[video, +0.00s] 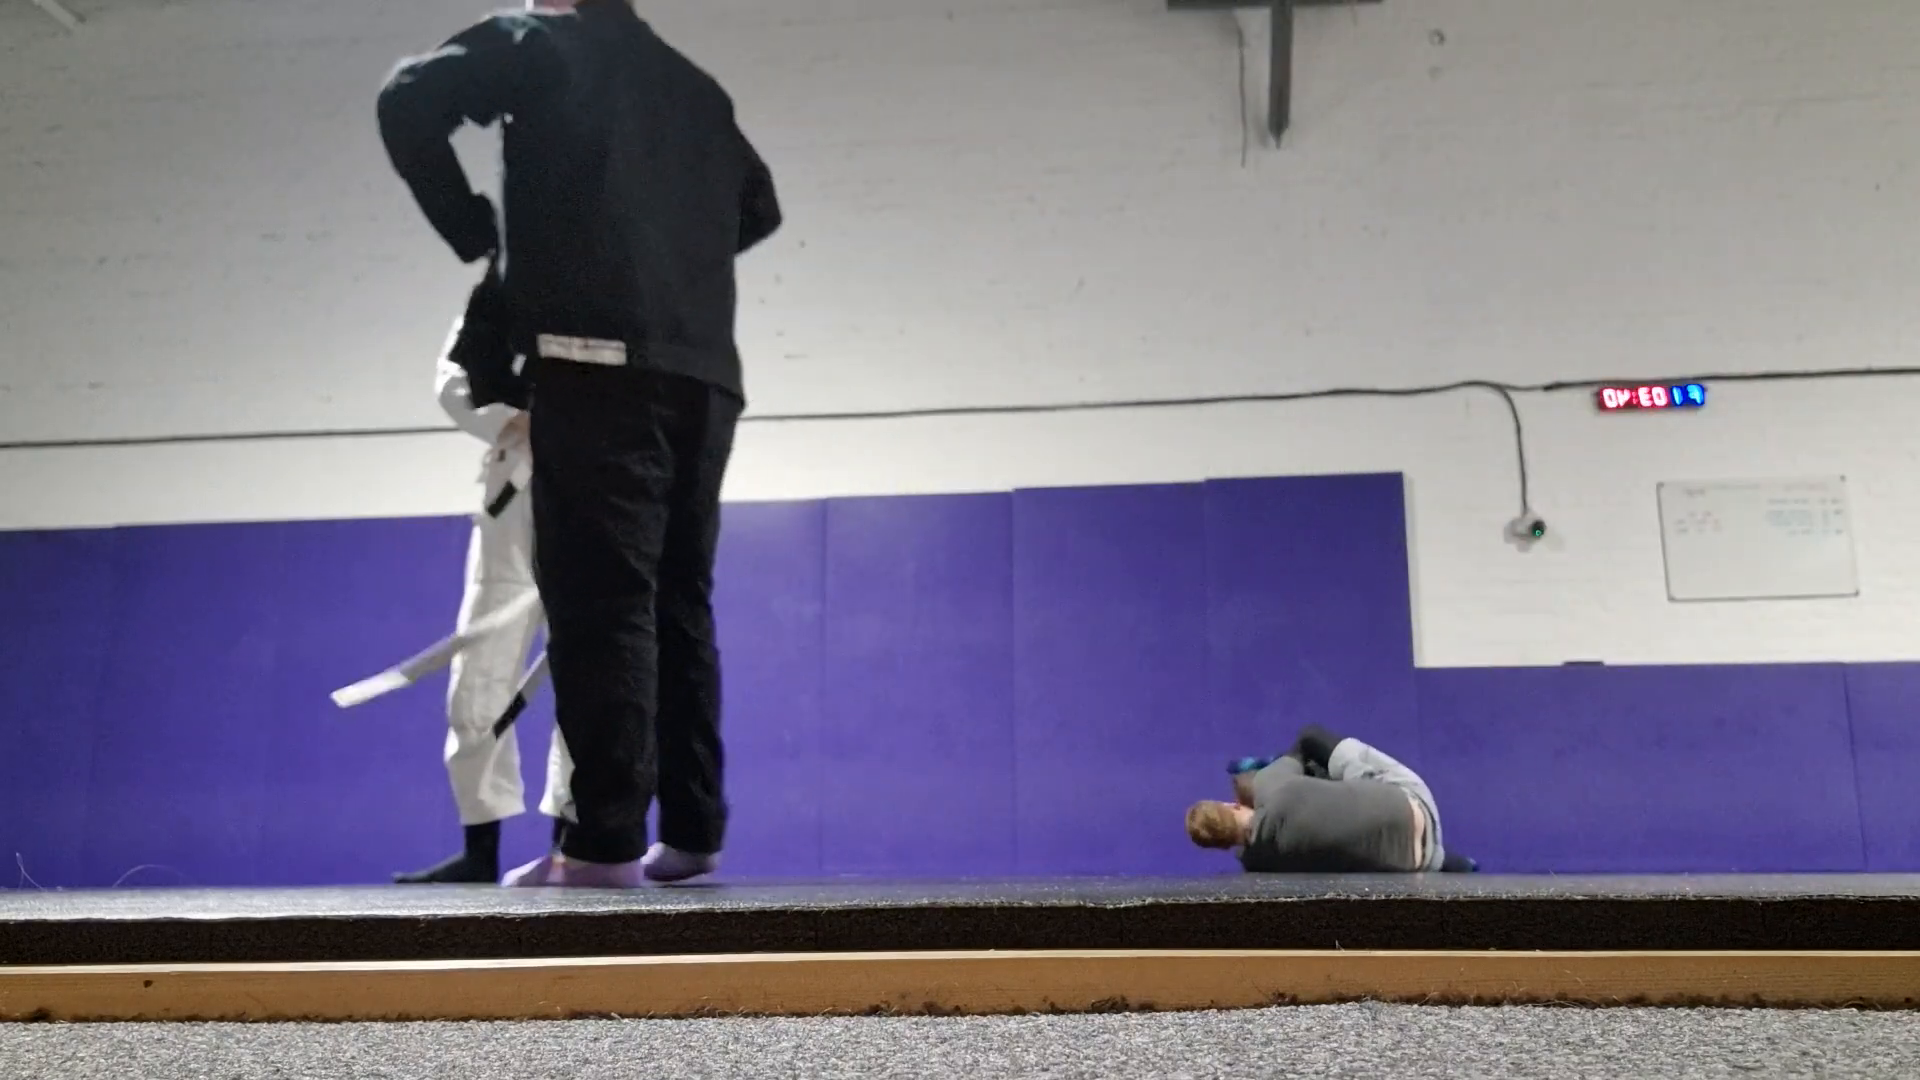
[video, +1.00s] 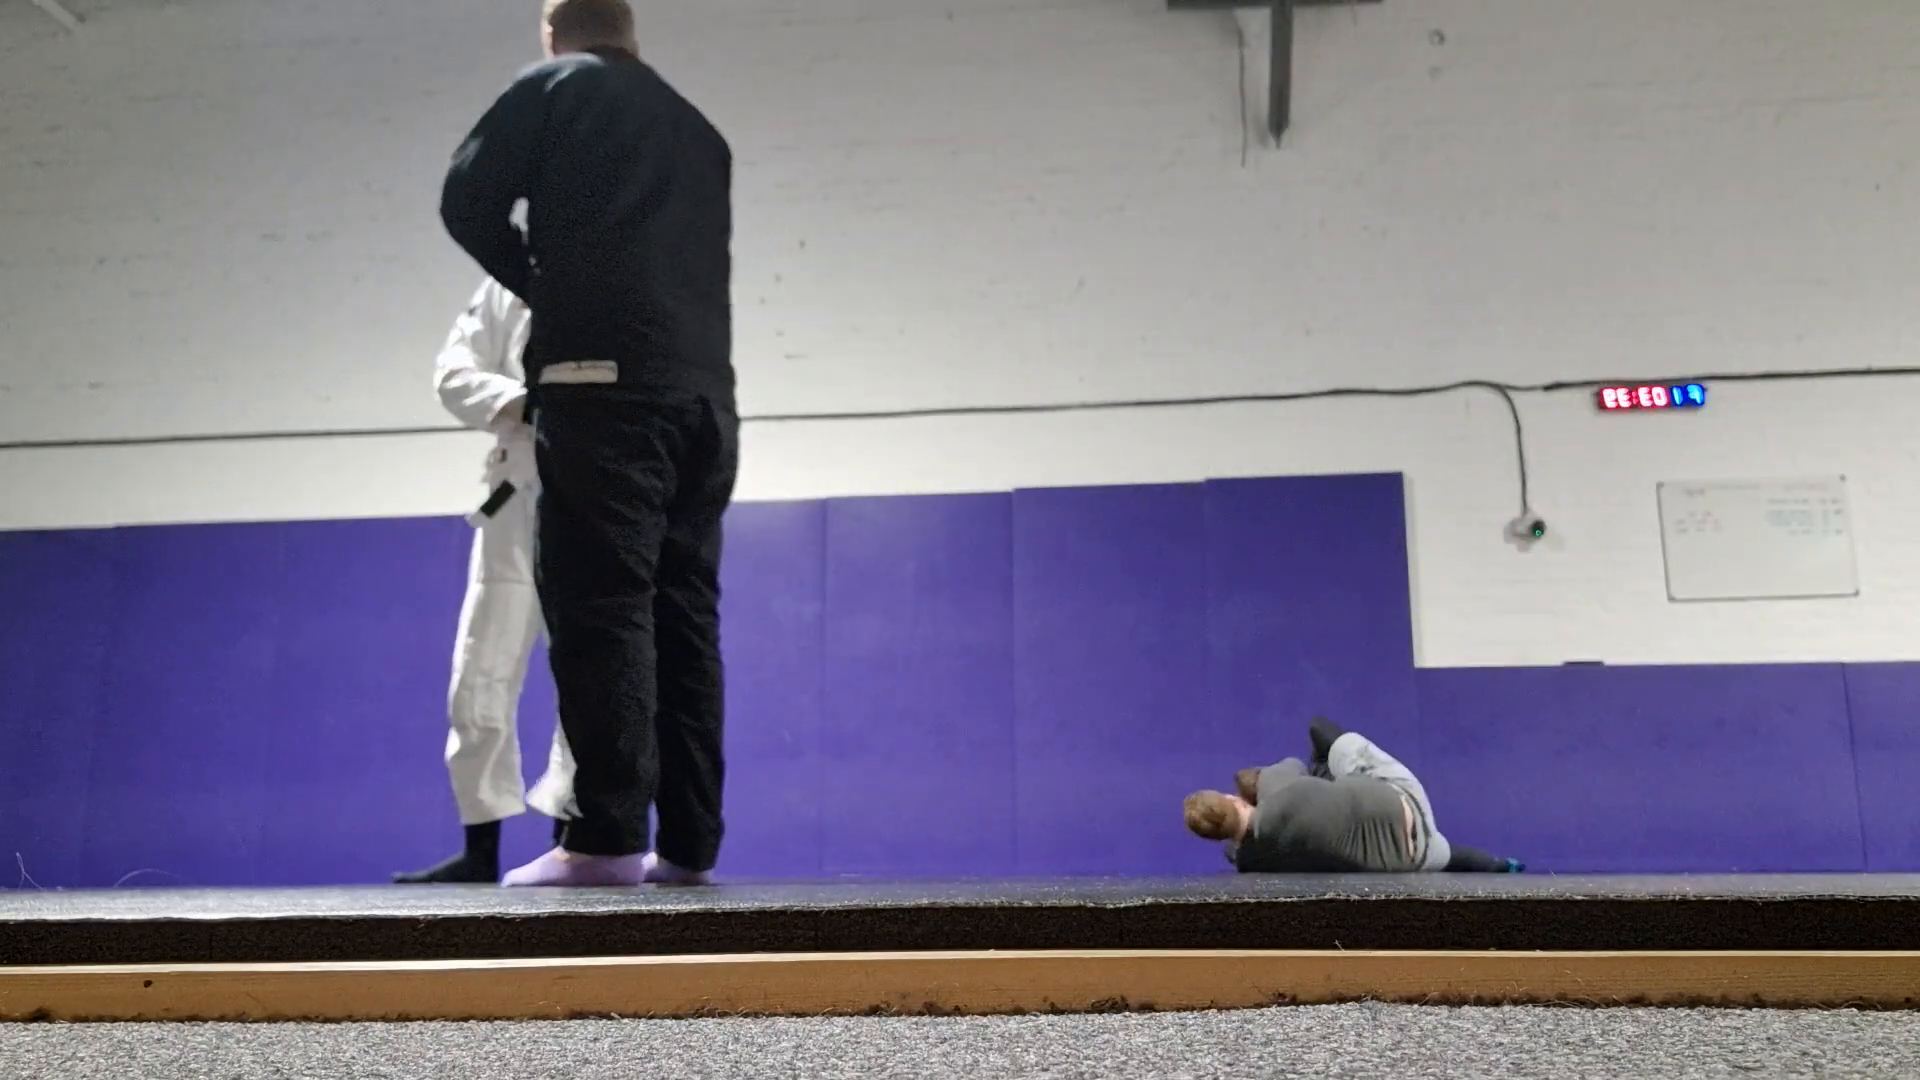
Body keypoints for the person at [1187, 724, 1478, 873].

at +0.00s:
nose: (1235, 791)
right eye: (1232, 794)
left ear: (1219, 850)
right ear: (1234, 803)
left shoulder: (1257, 864)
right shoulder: (1273, 786)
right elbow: (1306, 744)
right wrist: (1265, 774)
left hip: (1418, 863)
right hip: (1414, 811)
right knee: (1329, 748)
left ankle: (1455, 864)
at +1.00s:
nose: (1231, 788)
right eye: (1227, 790)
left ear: (1218, 839)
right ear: (1235, 794)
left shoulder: (1251, 863)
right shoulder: (1277, 785)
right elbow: (1296, 768)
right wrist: (1256, 781)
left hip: (1414, 861)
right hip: (1409, 807)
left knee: (1446, 854)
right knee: (1326, 732)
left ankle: (1505, 866)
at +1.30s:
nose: (1232, 799)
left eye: (1220, 822)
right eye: (1230, 796)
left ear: (1226, 836)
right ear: (1239, 791)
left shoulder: (1259, 857)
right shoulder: (1279, 776)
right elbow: (1312, 771)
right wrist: (1274, 777)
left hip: (1421, 861)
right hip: (1423, 807)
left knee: (1447, 855)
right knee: (1323, 737)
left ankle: (1523, 865)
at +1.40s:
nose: (1231, 796)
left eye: (1218, 814)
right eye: (1229, 793)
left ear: (1226, 834)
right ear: (1238, 789)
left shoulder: (1257, 858)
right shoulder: (1280, 777)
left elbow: (1250, 850)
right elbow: (1313, 763)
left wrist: (1252, 816)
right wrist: (1261, 777)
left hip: (1419, 860)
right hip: (1418, 805)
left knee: (1446, 856)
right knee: (1317, 738)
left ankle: (1522, 864)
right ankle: (1264, 752)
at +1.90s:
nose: (1234, 791)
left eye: (1221, 829)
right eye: (1232, 792)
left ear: (1225, 842)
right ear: (1241, 794)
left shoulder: (1258, 864)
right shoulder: (1279, 785)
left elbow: (1248, 845)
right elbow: (1295, 766)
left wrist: (1242, 829)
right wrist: (1256, 789)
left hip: (1415, 860)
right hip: (1415, 807)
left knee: (1428, 858)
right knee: (1308, 737)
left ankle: (1505, 861)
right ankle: (1269, 745)